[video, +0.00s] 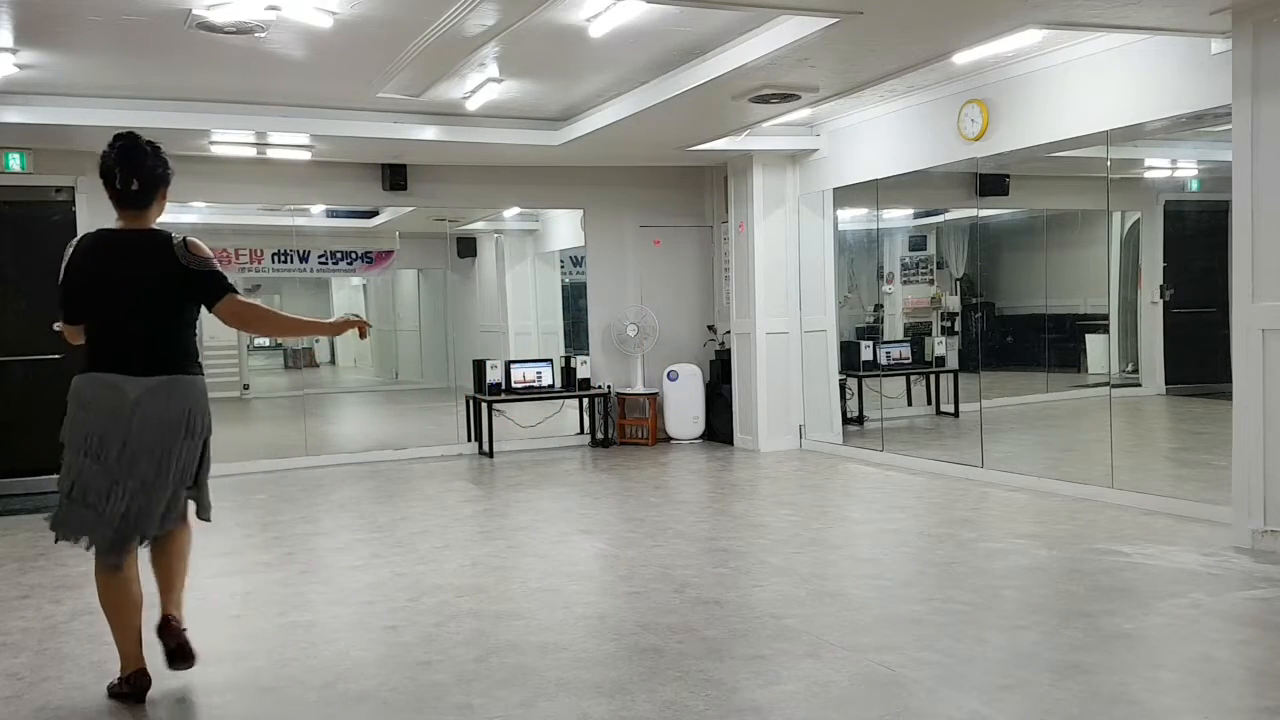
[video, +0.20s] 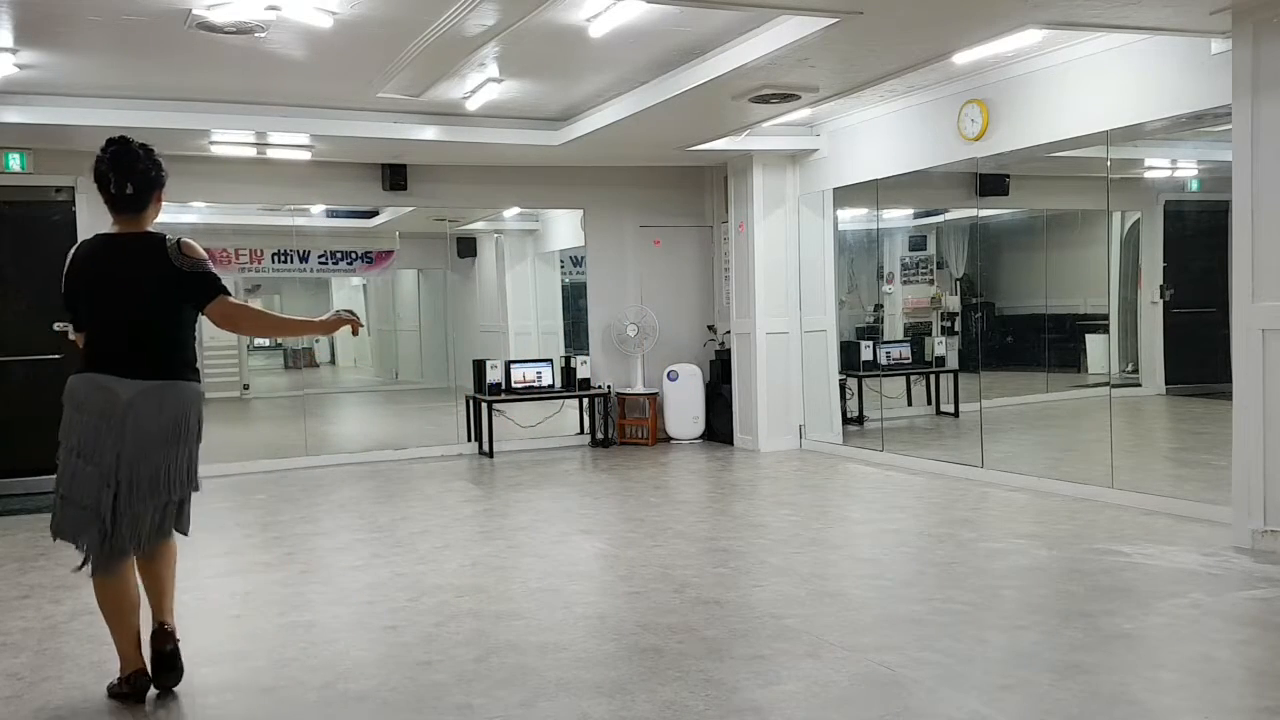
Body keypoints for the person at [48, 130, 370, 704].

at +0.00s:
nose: (163, 195)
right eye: (164, 187)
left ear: (107, 191)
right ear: (163, 192)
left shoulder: (83, 253)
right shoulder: (182, 255)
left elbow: (72, 334)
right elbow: (243, 316)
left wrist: (111, 322)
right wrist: (330, 327)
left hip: (101, 396)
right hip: (176, 396)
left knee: (111, 536)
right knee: (173, 511)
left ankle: (132, 670)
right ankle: (172, 615)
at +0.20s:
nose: (159, 197)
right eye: (159, 190)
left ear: (101, 196)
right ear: (159, 195)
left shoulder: (82, 258)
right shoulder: (178, 257)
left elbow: (79, 338)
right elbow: (232, 316)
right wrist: (317, 325)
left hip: (96, 398)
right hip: (169, 399)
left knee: (106, 535)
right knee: (154, 519)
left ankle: (133, 671)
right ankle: (165, 632)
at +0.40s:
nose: (163, 197)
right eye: (166, 189)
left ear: (111, 194)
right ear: (167, 194)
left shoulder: (87, 255)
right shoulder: (185, 256)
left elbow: (64, 338)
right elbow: (238, 315)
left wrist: (92, 328)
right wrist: (321, 325)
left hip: (106, 399)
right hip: (181, 397)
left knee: (117, 536)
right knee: (199, 514)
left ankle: (134, 670)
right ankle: (222, 621)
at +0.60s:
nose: (181, 196)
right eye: (185, 188)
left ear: (132, 192)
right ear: (188, 192)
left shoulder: (109, 253)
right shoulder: (211, 254)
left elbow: (66, 329)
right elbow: (266, 318)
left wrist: (50, 307)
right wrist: (334, 322)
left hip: (133, 401)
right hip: (208, 397)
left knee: (135, 535)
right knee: (244, 521)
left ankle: (135, 670)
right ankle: (280, 638)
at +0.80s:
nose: (196, 193)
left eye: (180, 185)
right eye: (215, 183)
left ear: (167, 191)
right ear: (222, 190)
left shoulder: (148, 252)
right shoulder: (250, 253)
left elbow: (107, 327)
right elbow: (314, 315)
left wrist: (69, 314)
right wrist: (359, 316)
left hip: (171, 401)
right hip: (246, 399)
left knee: (155, 528)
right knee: (267, 519)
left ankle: (136, 661)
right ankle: (285, 643)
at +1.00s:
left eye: (206, 184)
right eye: (246, 183)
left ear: (200, 191)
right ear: (255, 189)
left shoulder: (184, 250)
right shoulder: (282, 250)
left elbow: (150, 323)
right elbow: (347, 315)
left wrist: (96, 319)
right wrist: (366, 315)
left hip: (205, 393)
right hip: (280, 391)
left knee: (173, 519)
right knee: (286, 516)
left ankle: (137, 649)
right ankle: (287, 644)